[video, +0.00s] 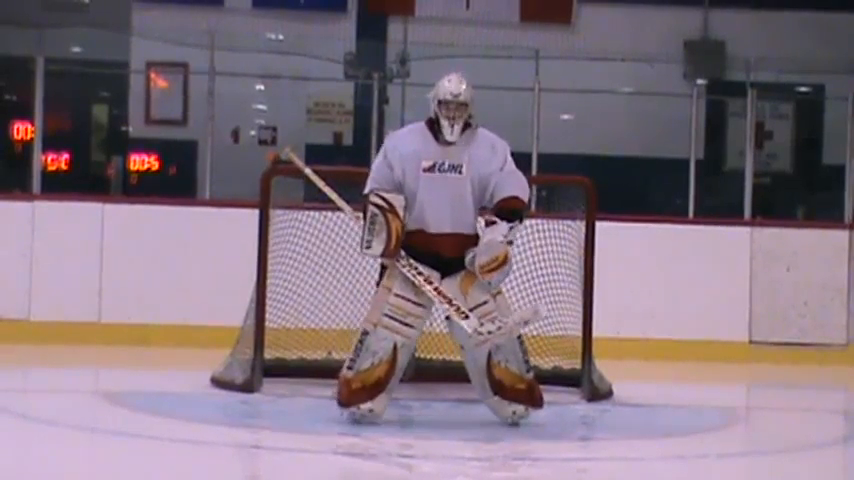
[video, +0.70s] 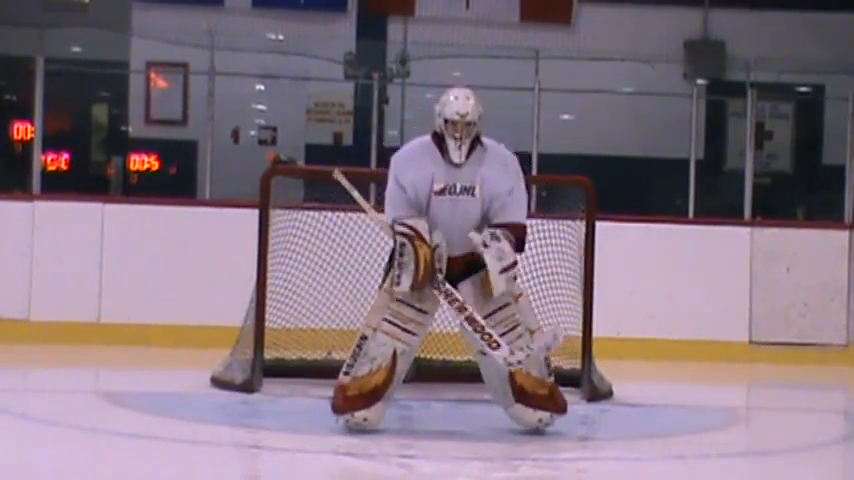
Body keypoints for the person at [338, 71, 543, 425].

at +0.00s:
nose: (453, 114)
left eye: (459, 107)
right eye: (447, 107)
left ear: (470, 109)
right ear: (434, 106)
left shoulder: (489, 148)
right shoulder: (402, 145)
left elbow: (514, 194)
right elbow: (380, 195)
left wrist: (498, 232)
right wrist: (381, 229)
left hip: (469, 265)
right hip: (410, 262)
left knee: (494, 335)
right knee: (388, 332)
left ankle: (513, 404)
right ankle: (365, 401)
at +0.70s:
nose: (459, 132)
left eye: (466, 125)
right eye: (452, 125)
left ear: (478, 124)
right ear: (438, 123)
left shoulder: (501, 162)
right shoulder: (409, 161)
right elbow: (400, 222)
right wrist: (421, 258)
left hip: (478, 267)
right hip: (421, 264)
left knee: (504, 332)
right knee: (394, 331)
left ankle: (529, 407)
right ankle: (366, 407)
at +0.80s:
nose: (465, 155)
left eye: (473, 147)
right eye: (458, 147)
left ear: (484, 146)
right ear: (444, 144)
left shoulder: (505, 183)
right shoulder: (414, 176)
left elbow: (501, 245)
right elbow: (406, 236)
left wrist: (474, 269)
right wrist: (442, 264)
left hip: (477, 269)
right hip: (421, 263)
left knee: (506, 334)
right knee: (394, 331)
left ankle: (534, 408)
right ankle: (365, 408)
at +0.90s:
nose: (469, 185)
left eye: (476, 177)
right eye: (463, 176)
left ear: (488, 174)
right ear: (449, 171)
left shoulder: (509, 205)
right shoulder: (417, 194)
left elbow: (500, 262)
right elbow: (407, 251)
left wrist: (478, 286)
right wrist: (433, 282)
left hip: (476, 277)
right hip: (422, 272)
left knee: (507, 339)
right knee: (398, 334)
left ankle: (535, 413)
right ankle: (367, 411)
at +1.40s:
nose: (476, 204)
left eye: (484, 197)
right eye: (470, 196)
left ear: (495, 195)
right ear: (456, 189)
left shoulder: (516, 219)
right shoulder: (424, 208)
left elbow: (504, 272)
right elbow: (407, 256)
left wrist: (479, 289)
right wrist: (432, 289)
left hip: (477, 281)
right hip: (423, 274)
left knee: (506, 339)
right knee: (401, 333)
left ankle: (536, 412)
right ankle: (367, 410)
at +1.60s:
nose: (478, 190)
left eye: (485, 183)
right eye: (471, 182)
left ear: (496, 180)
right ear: (458, 176)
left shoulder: (517, 211)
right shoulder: (424, 200)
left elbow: (506, 270)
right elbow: (410, 257)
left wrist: (483, 290)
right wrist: (440, 287)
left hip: (479, 282)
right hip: (428, 276)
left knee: (505, 338)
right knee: (402, 335)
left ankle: (534, 414)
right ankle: (369, 412)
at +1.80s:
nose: (480, 146)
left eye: (487, 139)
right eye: (473, 138)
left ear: (497, 141)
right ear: (459, 138)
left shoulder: (519, 185)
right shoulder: (426, 170)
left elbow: (533, 245)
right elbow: (399, 220)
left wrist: (519, 265)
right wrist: (417, 266)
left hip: (482, 277)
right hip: (424, 272)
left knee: (510, 339)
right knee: (395, 336)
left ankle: (536, 414)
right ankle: (368, 412)